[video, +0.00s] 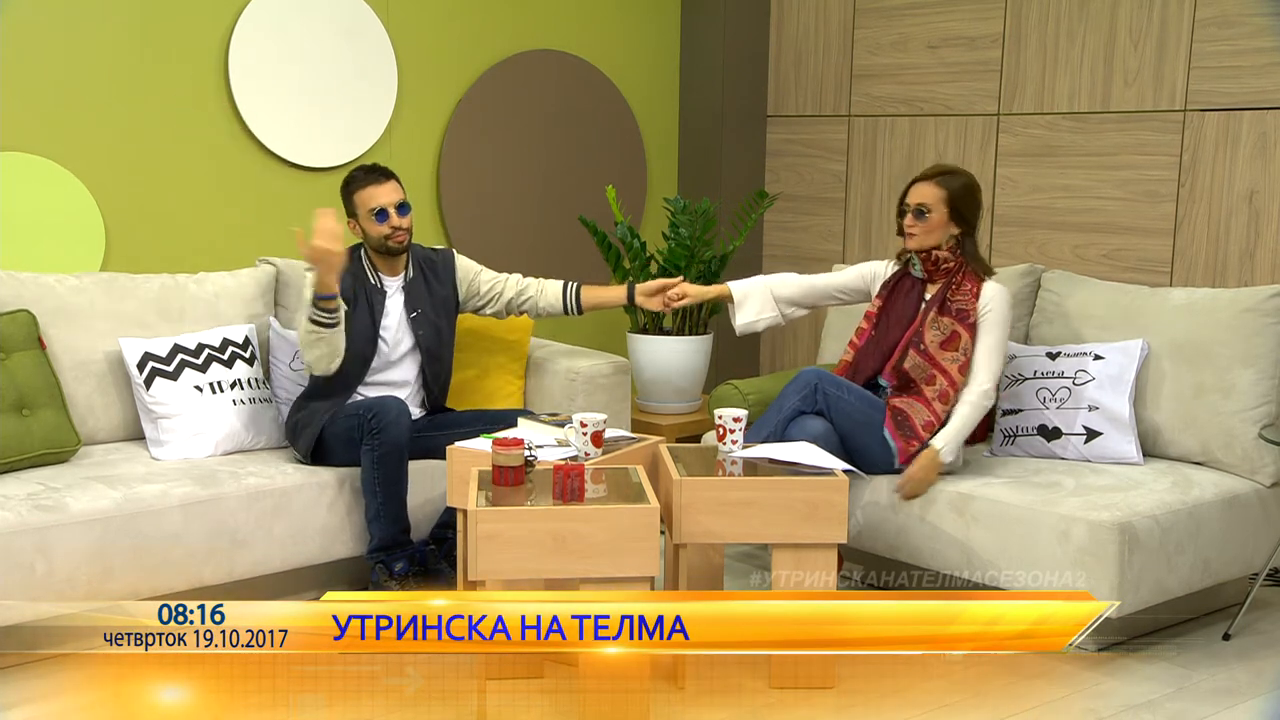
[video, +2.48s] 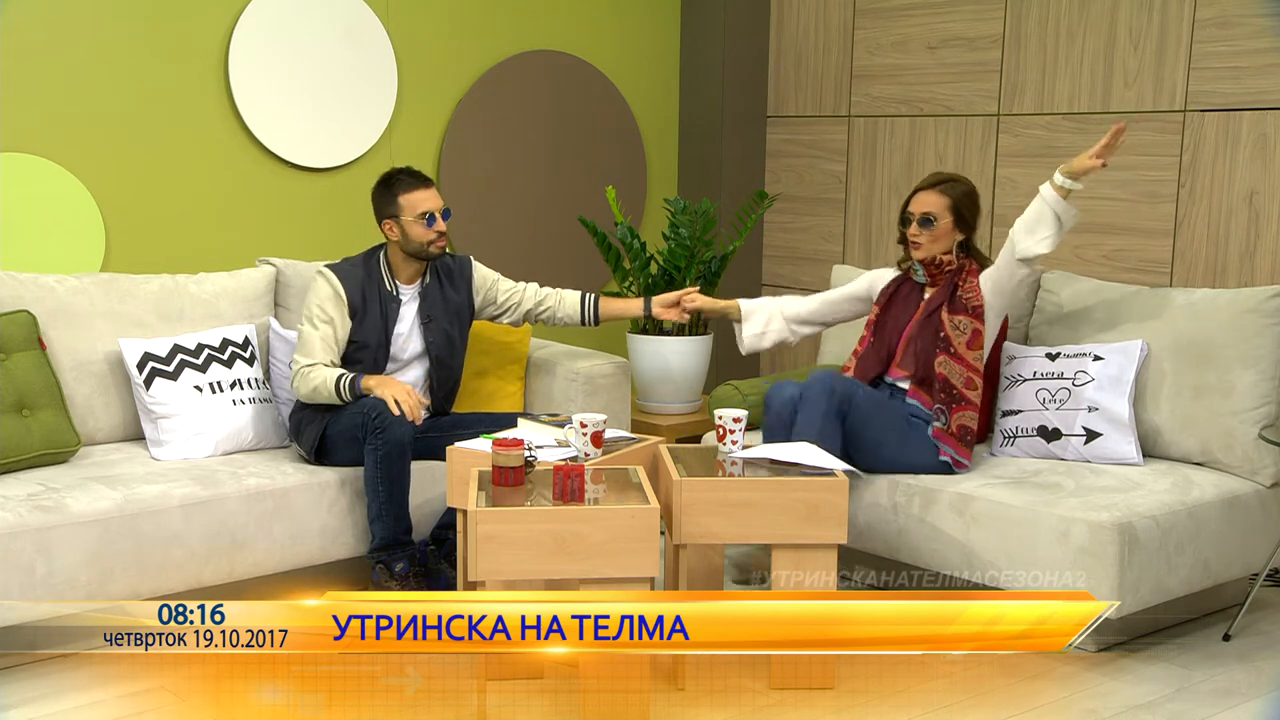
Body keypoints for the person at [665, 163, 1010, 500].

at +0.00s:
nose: (908, 221)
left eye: (922, 213)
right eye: (906, 212)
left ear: (957, 225)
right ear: (902, 215)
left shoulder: (987, 296)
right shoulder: (889, 274)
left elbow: (982, 387)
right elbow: (806, 287)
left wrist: (936, 453)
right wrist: (714, 291)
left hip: (914, 436)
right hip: (859, 420)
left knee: (812, 381)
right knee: (809, 431)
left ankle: (729, 470)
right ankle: (809, 570)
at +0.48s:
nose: (941, 225)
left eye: (956, 217)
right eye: (934, 215)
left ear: (983, 228)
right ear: (925, 222)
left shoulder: (998, 291)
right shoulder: (901, 280)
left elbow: (1039, 232)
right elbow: (816, 296)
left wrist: (1090, 150)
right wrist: (724, 300)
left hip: (924, 433)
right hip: (863, 415)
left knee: (812, 381)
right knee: (805, 438)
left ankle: (741, 458)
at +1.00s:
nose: (949, 230)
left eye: (965, 221)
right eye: (943, 220)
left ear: (992, 233)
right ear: (932, 228)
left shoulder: (1002, 296)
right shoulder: (909, 283)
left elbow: (1049, 240)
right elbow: (822, 289)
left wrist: (1105, 161)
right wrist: (727, 296)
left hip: (924, 433)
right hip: (869, 417)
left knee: (813, 379)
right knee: (805, 431)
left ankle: (732, 466)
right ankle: (808, 448)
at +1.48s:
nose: (940, 228)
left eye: (954, 220)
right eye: (937, 220)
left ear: (988, 231)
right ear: (933, 228)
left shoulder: (1002, 297)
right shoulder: (909, 282)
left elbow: (1050, 245)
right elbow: (823, 289)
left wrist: (1108, 167)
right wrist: (730, 296)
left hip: (924, 434)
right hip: (868, 416)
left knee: (814, 378)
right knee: (805, 430)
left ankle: (732, 466)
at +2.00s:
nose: (941, 232)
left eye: (956, 223)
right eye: (938, 222)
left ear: (991, 234)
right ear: (933, 231)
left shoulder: (1005, 295)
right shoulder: (908, 284)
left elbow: (1055, 244)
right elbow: (824, 290)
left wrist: (1115, 167)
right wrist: (734, 297)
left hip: (930, 434)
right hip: (870, 415)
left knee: (825, 368)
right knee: (801, 423)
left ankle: (703, 446)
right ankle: (814, 566)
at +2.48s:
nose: (913, 233)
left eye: (927, 222)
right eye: (909, 222)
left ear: (962, 228)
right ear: (905, 229)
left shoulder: (988, 293)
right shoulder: (890, 284)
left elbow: (1024, 248)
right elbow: (806, 311)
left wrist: (1067, 178)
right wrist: (714, 306)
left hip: (931, 430)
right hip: (869, 415)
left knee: (824, 388)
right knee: (782, 395)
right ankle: (762, 532)